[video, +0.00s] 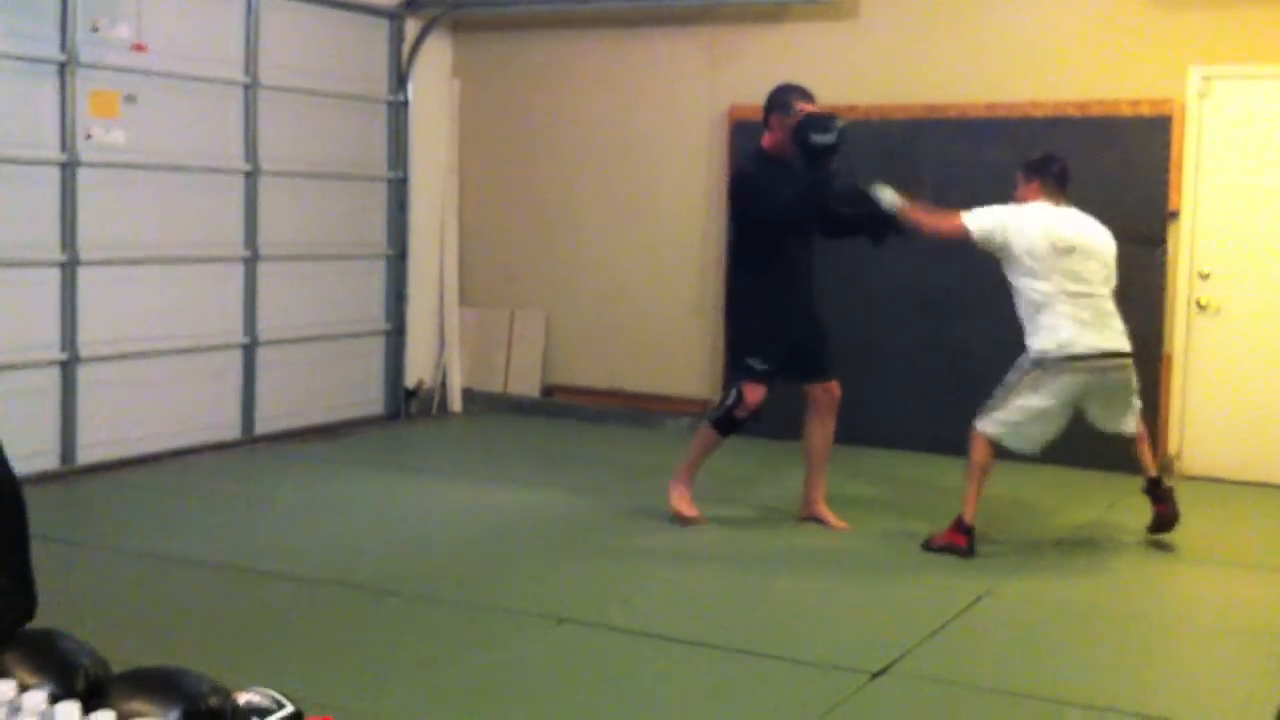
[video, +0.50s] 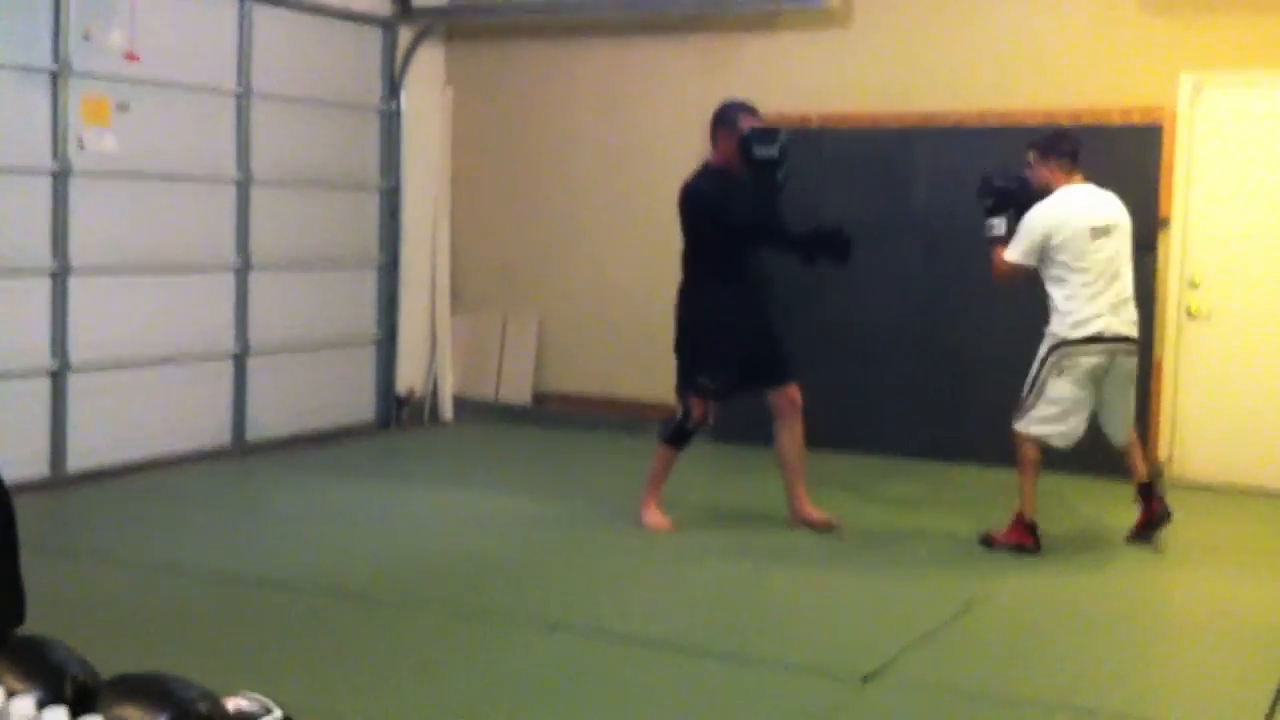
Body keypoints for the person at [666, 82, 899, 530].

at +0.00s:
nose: (809, 134)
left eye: (812, 125)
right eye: (801, 124)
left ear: (811, 125)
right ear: (774, 123)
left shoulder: (804, 169)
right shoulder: (752, 174)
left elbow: (826, 221)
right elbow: (786, 221)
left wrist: (877, 220)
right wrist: (818, 168)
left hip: (796, 298)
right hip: (754, 299)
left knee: (825, 392)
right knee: (748, 396)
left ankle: (814, 502)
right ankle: (682, 481)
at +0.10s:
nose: (796, 137)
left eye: (799, 128)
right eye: (788, 128)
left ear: (798, 129)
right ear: (763, 127)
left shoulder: (797, 173)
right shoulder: (747, 179)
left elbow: (828, 228)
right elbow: (786, 222)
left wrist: (880, 244)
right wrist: (812, 170)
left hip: (798, 304)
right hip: (754, 306)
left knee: (823, 402)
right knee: (743, 403)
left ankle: (812, 508)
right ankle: (670, 485)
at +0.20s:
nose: (787, 134)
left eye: (789, 125)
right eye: (778, 125)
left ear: (790, 127)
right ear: (751, 127)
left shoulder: (789, 172)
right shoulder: (736, 181)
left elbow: (813, 222)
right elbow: (777, 227)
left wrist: (854, 233)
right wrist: (799, 168)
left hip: (790, 301)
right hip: (748, 304)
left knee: (817, 399)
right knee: (732, 403)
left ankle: (810, 505)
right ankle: (665, 481)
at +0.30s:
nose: (774, 142)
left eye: (777, 133)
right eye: (766, 133)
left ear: (775, 134)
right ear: (741, 133)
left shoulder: (776, 178)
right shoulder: (725, 186)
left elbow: (799, 226)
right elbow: (767, 229)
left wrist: (844, 233)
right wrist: (784, 174)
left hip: (776, 303)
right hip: (732, 305)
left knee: (809, 398)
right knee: (716, 407)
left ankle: (808, 503)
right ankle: (660, 490)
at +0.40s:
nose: (764, 146)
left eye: (768, 138)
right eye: (756, 137)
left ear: (768, 139)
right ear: (730, 137)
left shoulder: (764, 183)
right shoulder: (714, 190)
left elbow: (788, 233)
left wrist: (832, 237)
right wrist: (773, 179)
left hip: (764, 310)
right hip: (720, 313)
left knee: (800, 404)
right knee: (708, 411)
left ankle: (806, 511)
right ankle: (656, 500)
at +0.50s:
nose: (751, 146)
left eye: (755, 138)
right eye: (743, 138)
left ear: (755, 139)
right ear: (719, 138)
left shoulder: (750, 183)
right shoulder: (701, 189)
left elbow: (772, 234)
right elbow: (744, 232)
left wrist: (815, 244)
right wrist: (762, 178)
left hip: (748, 309)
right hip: (706, 312)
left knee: (787, 399)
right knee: (696, 409)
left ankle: (799, 504)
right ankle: (650, 500)